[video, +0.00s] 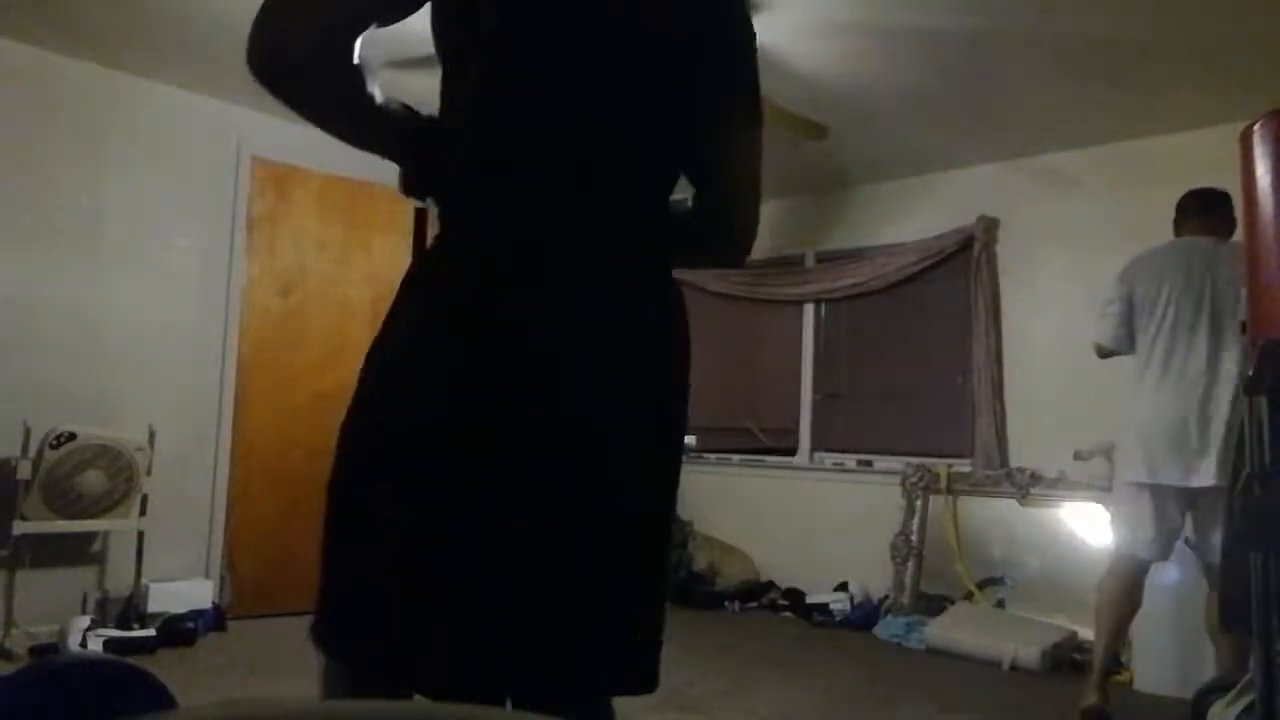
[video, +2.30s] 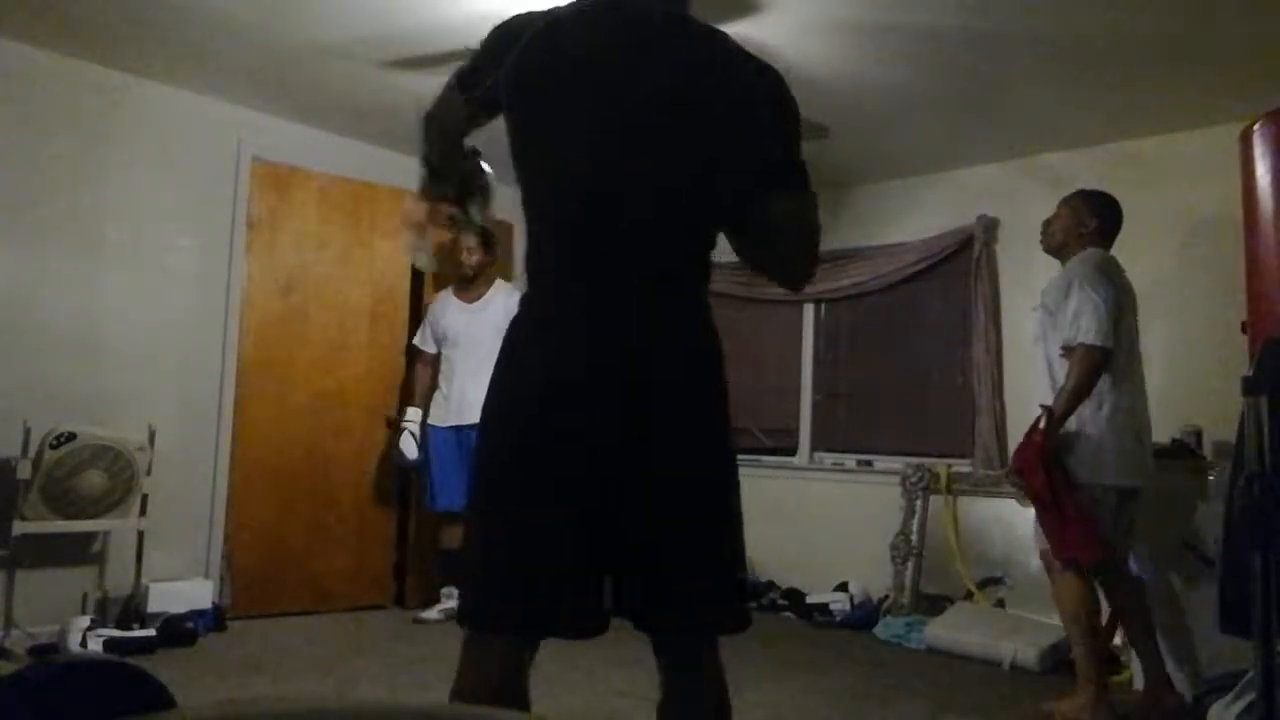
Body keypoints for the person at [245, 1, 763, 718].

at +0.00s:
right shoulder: (714, 15)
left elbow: (288, 45)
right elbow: (727, 228)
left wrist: (417, 143)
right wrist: (597, 224)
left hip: (460, 293)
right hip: (619, 315)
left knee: (370, 655)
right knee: (574, 671)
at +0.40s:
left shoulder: (360, 0)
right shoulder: (658, 5)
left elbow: (229, 148)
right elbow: (701, 197)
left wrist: (397, 169)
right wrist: (593, 179)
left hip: (430, 313)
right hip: (572, 315)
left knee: (383, 669)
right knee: (552, 673)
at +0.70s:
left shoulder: (358, 11)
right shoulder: (622, 9)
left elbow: (305, 192)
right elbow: (693, 196)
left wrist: (440, 169)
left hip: (423, 326)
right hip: (566, 331)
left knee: (374, 653)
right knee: (573, 639)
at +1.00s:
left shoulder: (467, 34)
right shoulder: (690, 41)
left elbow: (397, 197)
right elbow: (737, 240)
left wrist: (514, 158)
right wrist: (691, 115)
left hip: (494, 362)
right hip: (631, 369)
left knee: (424, 658)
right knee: (665, 658)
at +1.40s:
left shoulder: (579, 52)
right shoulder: (797, 82)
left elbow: (499, 171)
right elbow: (815, 255)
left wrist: (601, 114)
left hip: (594, 360)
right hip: (716, 369)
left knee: (507, 622)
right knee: (700, 639)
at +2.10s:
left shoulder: (579, 39)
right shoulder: (787, 87)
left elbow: (491, 130)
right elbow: (802, 246)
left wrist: (545, 181)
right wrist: (720, 187)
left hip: (583, 353)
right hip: (706, 365)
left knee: (506, 624)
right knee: (703, 640)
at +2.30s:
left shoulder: (533, 38)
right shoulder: (747, 83)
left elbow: (442, 127)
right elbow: (792, 257)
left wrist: (460, 186)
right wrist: (708, 167)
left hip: (548, 357)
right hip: (673, 368)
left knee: (497, 642)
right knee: (689, 646)